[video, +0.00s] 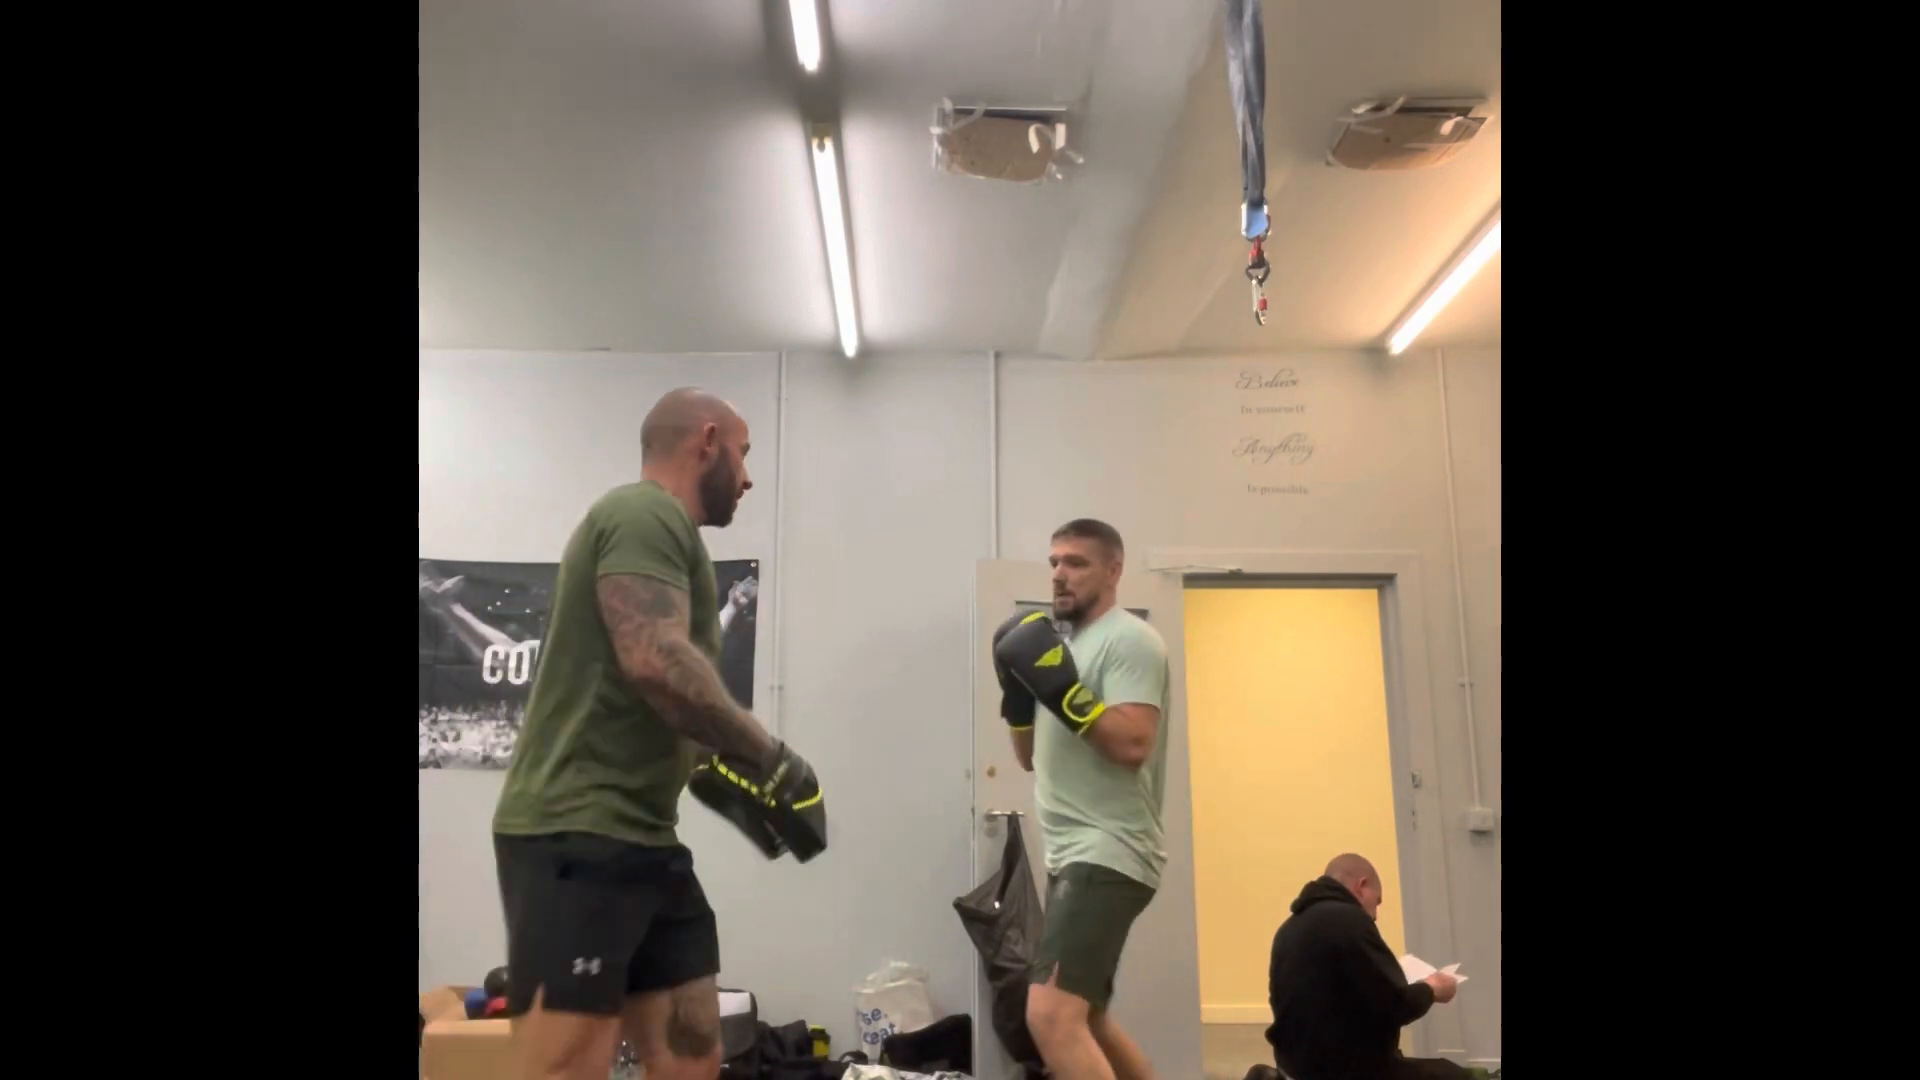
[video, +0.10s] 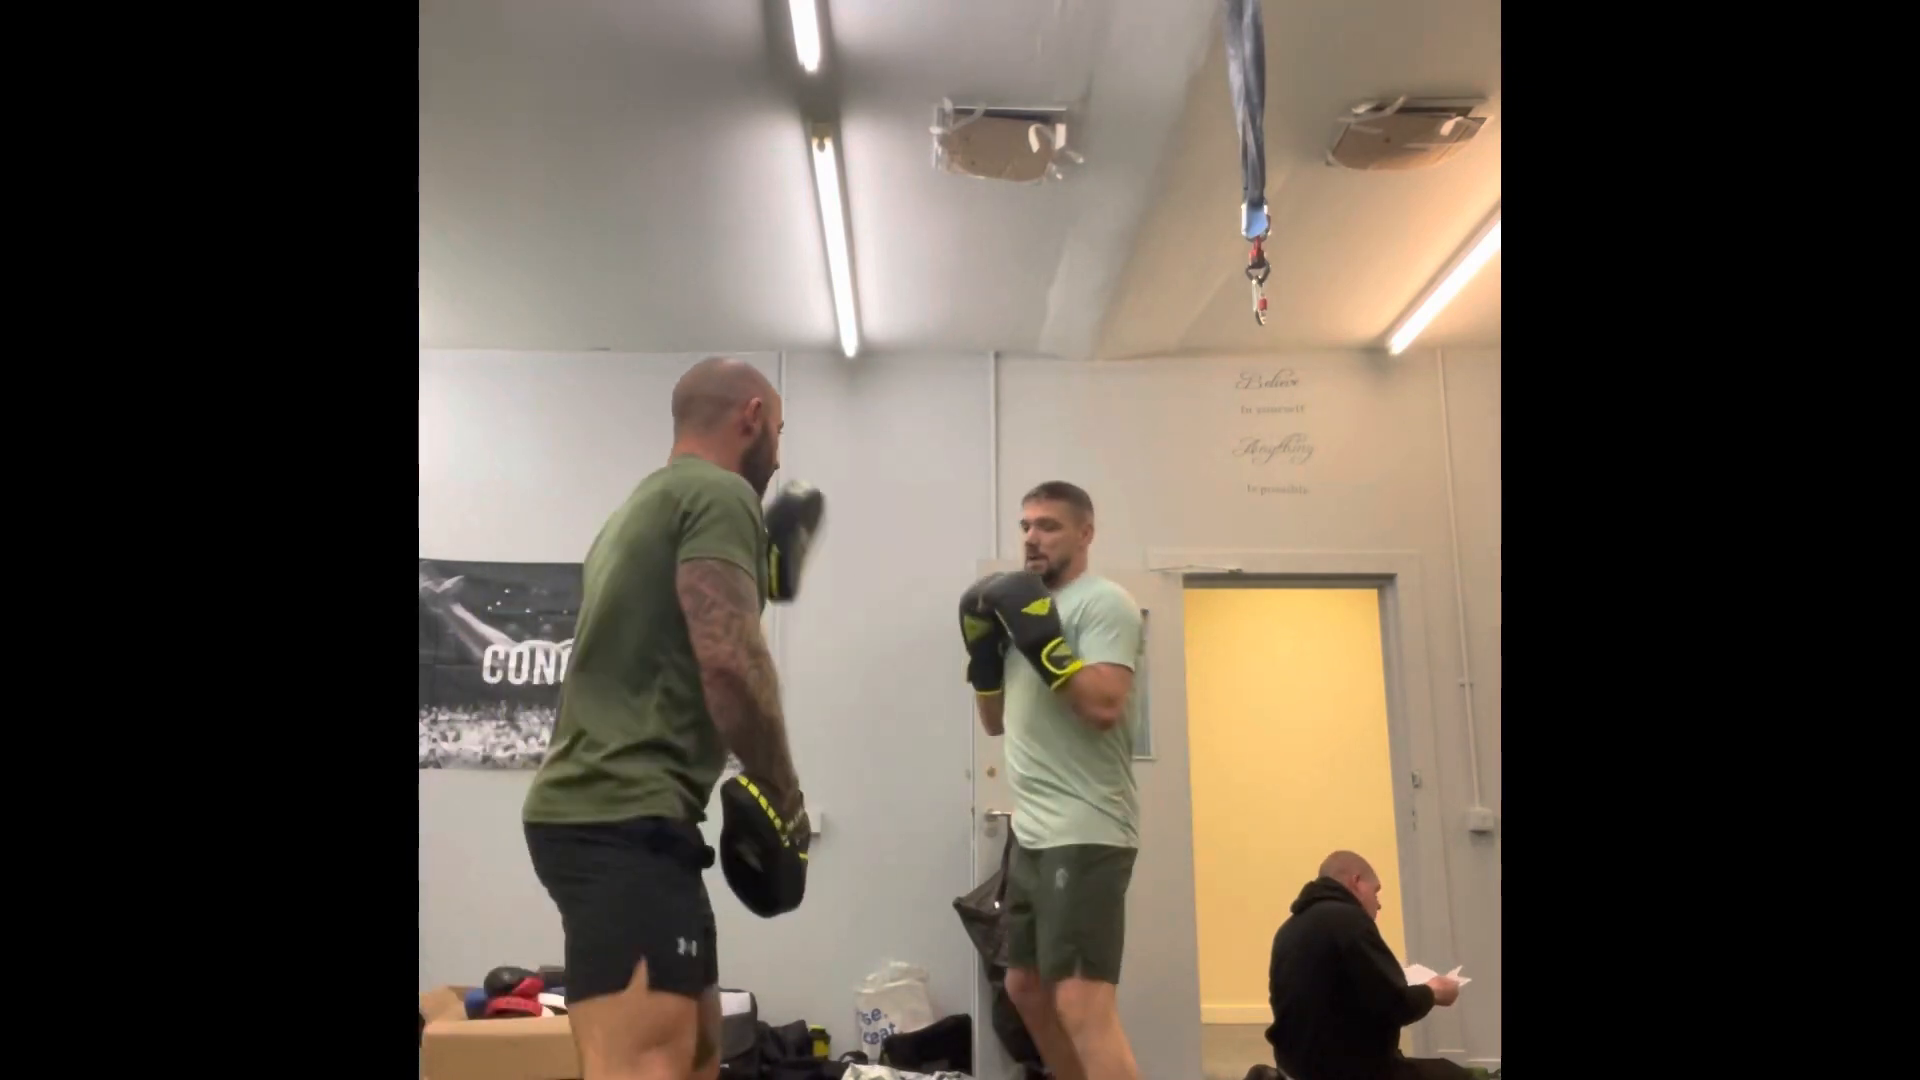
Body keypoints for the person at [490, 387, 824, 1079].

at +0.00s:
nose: (750, 476)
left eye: (749, 457)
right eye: (743, 454)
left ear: (690, 449)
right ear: (707, 445)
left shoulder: (678, 544)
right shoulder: (643, 511)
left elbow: (656, 702)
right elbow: (655, 656)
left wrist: (720, 781)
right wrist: (776, 762)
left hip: (644, 833)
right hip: (573, 829)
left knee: (687, 1049)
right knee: (565, 1059)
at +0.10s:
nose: (778, 455)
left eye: (781, 435)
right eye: (780, 432)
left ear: (688, 421)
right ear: (753, 415)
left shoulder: (646, 504)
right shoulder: (715, 493)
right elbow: (728, 666)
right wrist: (784, 803)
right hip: (623, 815)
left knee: (692, 1051)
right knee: (641, 1060)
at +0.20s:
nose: (787, 435)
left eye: (790, 419)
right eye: (792, 416)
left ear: (689, 406)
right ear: (773, 404)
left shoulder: (605, 513)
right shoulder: (767, 495)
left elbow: (608, 689)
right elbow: (815, 684)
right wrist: (843, 819)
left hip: (575, 842)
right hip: (674, 845)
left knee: (725, 1040)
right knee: (657, 1065)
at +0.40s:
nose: (834, 417)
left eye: (838, 397)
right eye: (837, 394)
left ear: (732, 378)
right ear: (817, 380)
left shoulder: (652, 474)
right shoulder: (793, 467)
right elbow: (819, 667)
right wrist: (869, 796)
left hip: (584, 799)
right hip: (664, 807)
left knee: (706, 1060)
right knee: (657, 1066)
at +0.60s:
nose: (799, 380)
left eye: (805, 361)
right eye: (807, 357)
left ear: (696, 333)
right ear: (786, 340)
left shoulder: (594, 424)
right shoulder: (747, 442)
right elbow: (744, 657)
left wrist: (762, 512)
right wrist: (785, 803)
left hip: (479, 782)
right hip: (578, 792)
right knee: (598, 1063)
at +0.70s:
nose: (740, 338)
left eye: (741, 319)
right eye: (742, 316)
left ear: (617, 307)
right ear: (723, 306)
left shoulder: (521, 420)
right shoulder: (699, 417)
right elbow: (723, 661)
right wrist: (731, 820)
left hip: (436, 801)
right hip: (532, 822)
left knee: (545, 1057)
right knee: (470, 1063)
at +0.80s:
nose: (679, 291)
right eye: (682, 271)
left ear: (548, 273)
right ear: (667, 264)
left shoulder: (460, 381)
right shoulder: (645, 376)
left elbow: (455, 586)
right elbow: (715, 598)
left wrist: (592, 661)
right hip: (496, 810)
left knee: (499, 1057)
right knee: (494, 1061)